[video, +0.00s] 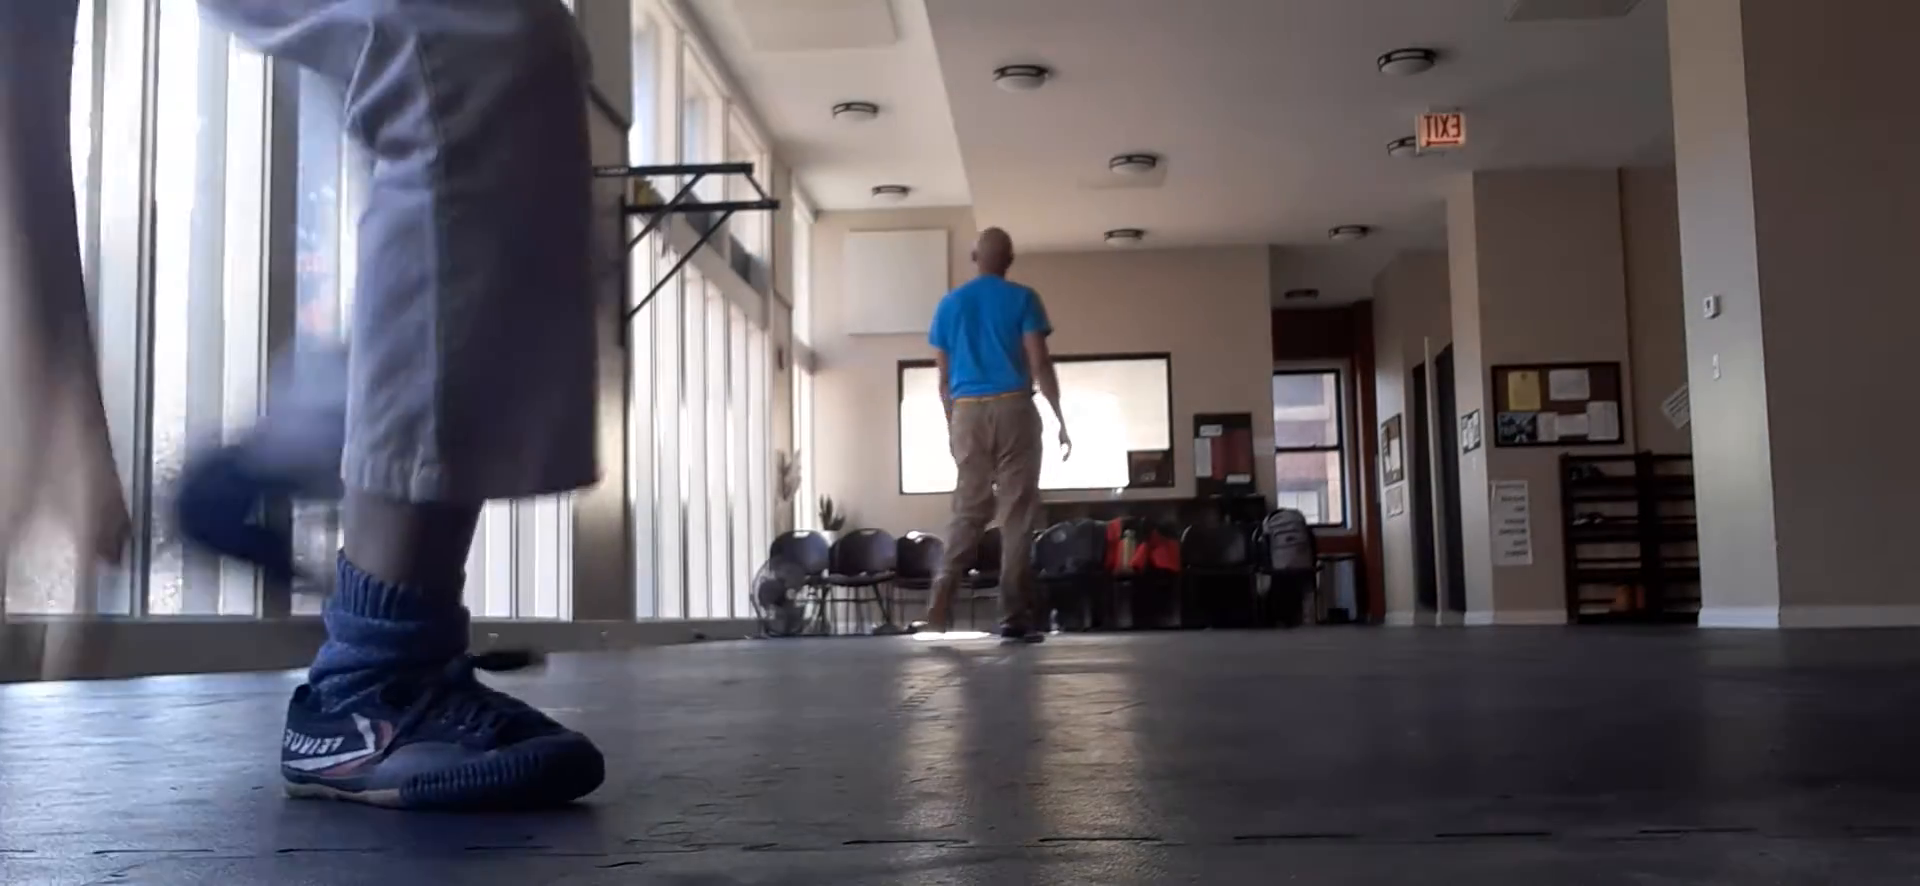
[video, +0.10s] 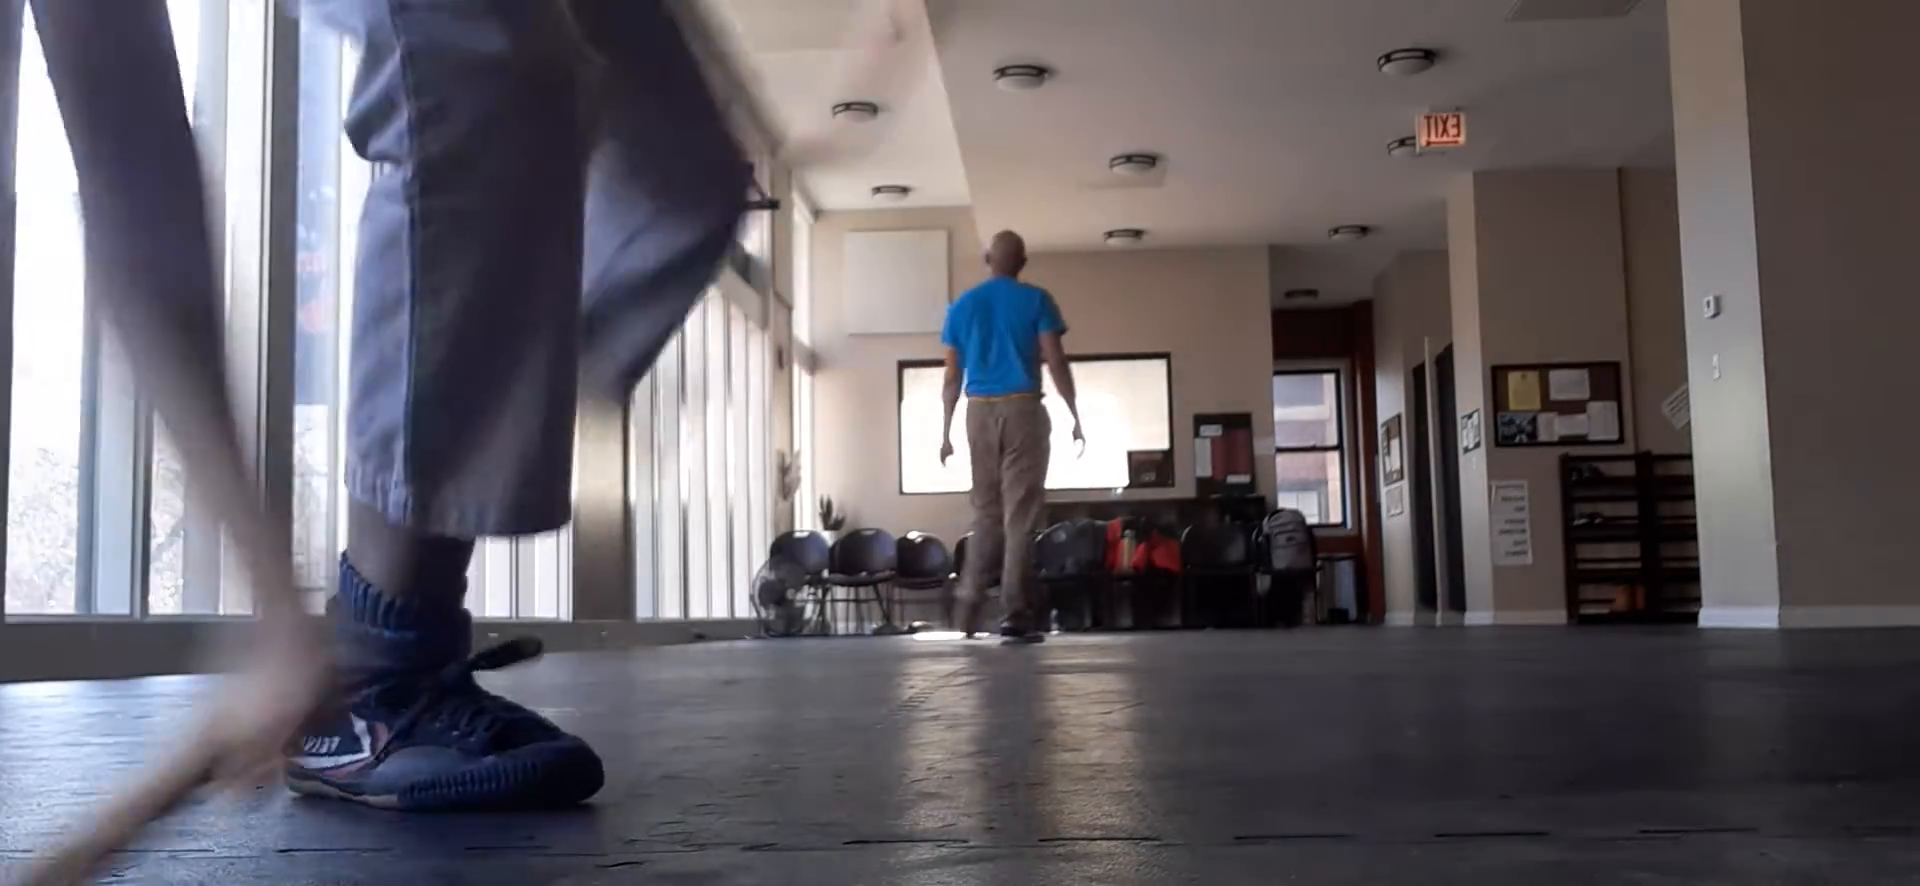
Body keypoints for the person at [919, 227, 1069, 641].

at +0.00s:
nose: (989, 258)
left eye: (979, 251)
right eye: (1006, 256)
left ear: (974, 258)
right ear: (1010, 261)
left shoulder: (948, 304)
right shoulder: (1023, 298)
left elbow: (944, 378)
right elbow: (1039, 364)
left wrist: (954, 424)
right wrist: (1060, 420)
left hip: (967, 413)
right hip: (1015, 410)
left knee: (968, 509)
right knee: (1016, 512)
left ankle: (939, 606)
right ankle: (1014, 616)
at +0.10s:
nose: (1008, 262)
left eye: (993, 254)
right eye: (1020, 258)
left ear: (987, 261)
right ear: (1023, 263)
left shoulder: (962, 305)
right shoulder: (1037, 299)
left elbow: (952, 375)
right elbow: (1055, 360)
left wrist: (946, 431)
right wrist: (1074, 415)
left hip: (979, 413)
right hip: (1024, 411)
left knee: (986, 510)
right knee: (1020, 513)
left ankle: (967, 608)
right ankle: (1016, 615)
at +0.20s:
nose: (1019, 268)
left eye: (1007, 261)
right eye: (1030, 263)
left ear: (999, 265)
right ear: (1034, 267)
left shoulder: (973, 308)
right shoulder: (1048, 302)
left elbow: (955, 377)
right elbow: (1070, 364)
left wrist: (942, 431)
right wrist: (1088, 412)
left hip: (988, 415)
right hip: (1031, 413)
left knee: (1003, 511)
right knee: (1025, 512)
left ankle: (1028, 608)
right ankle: (1011, 615)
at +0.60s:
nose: (1034, 286)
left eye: (1031, 280)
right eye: (1056, 281)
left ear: (1029, 284)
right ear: (1063, 285)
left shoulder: (1009, 326)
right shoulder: (1078, 319)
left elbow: (986, 388)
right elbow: (1096, 380)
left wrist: (967, 438)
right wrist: (1116, 430)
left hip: (1021, 427)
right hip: (1060, 426)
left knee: (1040, 526)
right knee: (1077, 516)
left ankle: (1055, 623)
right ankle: (1043, 580)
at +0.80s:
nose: (1065, 292)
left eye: (1049, 284)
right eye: (1075, 288)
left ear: (1044, 288)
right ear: (1078, 290)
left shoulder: (1022, 327)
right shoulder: (1089, 322)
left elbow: (1012, 391)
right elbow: (1106, 380)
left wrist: (1022, 434)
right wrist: (1126, 432)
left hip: (1033, 426)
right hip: (1077, 426)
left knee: (1050, 524)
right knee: (1102, 511)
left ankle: (1058, 621)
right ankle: (1093, 600)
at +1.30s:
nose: (1104, 305)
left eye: (1099, 299)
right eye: (1122, 302)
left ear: (1097, 303)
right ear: (1127, 306)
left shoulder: (1075, 342)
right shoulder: (1142, 338)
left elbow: (1066, 403)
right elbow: (1158, 392)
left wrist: (1060, 446)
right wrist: (1177, 439)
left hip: (1094, 438)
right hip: (1135, 437)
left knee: (1089, 520)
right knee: (1136, 523)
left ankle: (1078, 586)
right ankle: (1133, 614)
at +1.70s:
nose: (1120, 318)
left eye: (1122, 314)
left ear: (1123, 317)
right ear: (1152, 323)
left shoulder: (1102, 354)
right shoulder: (1163, 354)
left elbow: (1084, 408)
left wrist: (1065, 456)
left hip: (1116, 443)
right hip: (1155, 442)